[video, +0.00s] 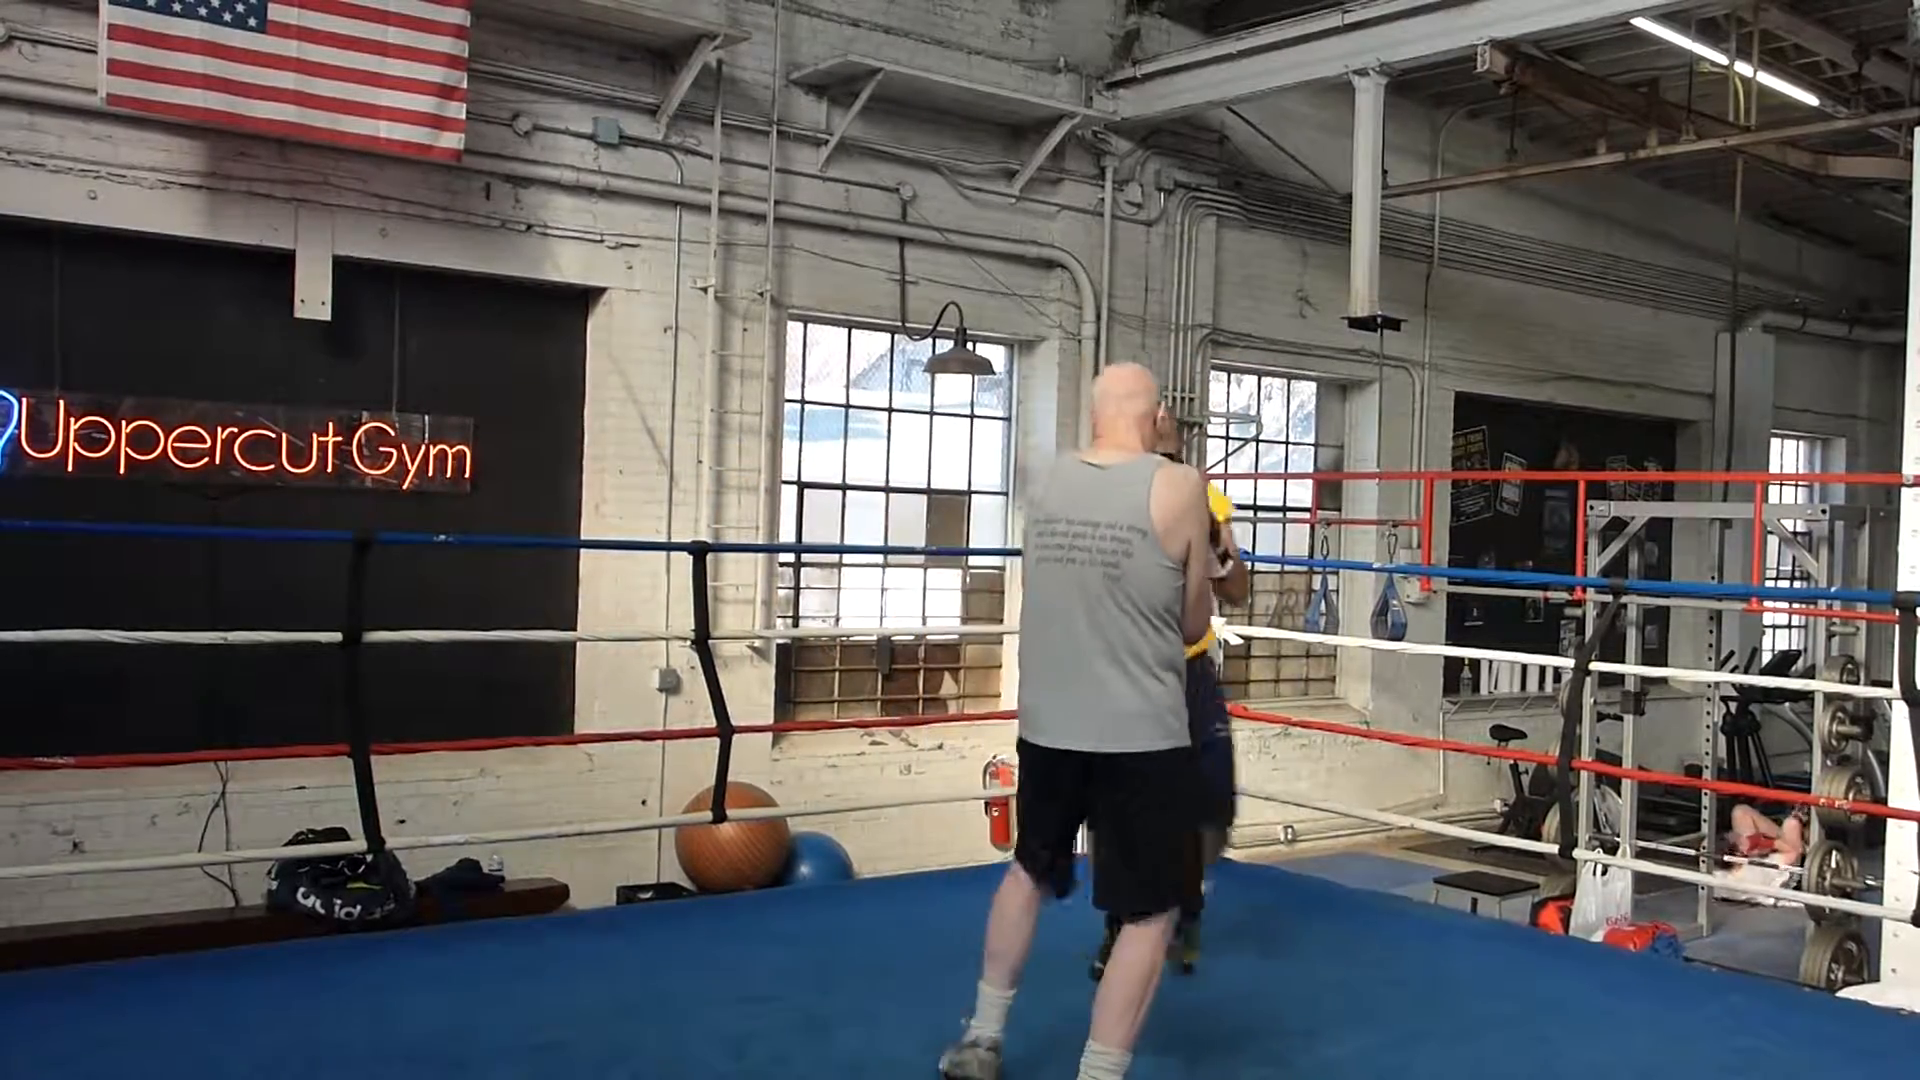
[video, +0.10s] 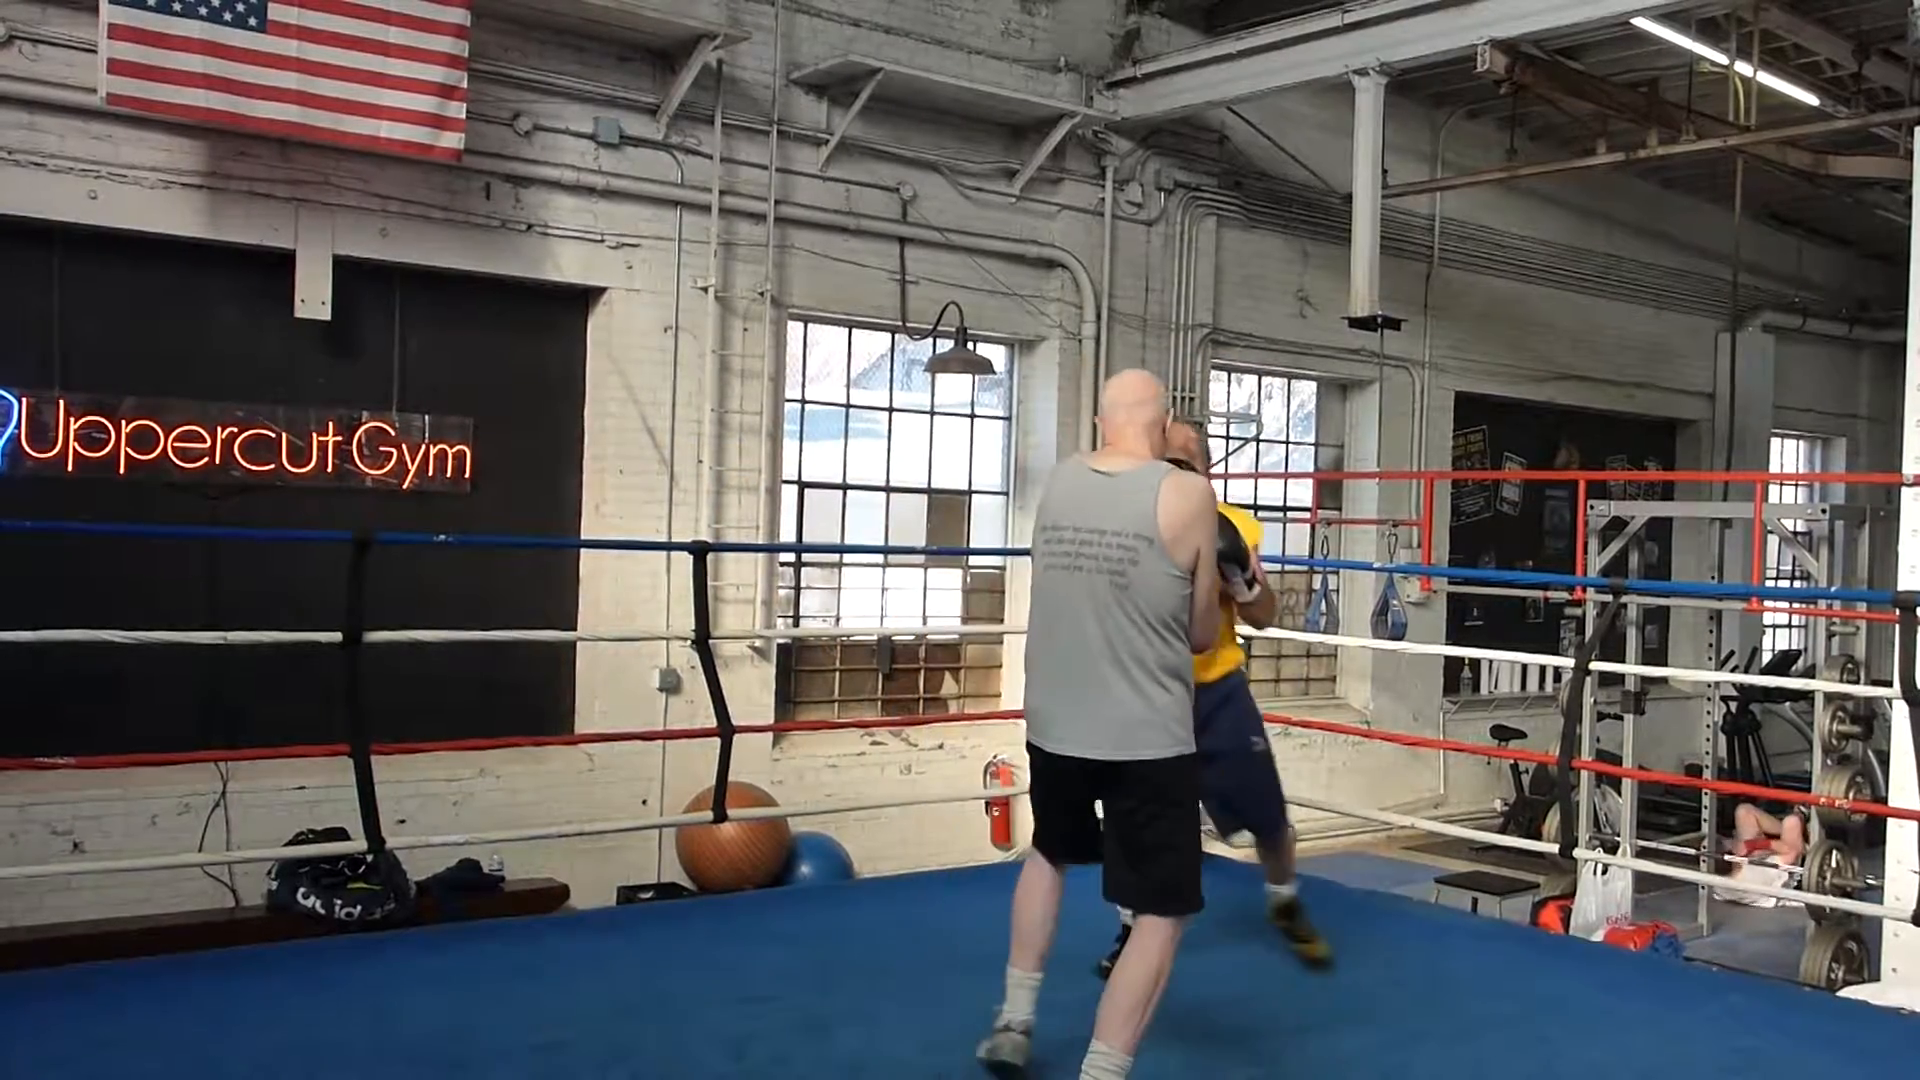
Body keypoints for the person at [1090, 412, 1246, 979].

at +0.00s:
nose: (1161, 442)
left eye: (1168, 434)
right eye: (1156, 432)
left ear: (1178, 440)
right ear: (1142, 432)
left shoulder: (1203, 497)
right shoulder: (1103, 493)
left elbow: (1236, 587)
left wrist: (1207, 553)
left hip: (1187, 664)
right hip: (1116, 665)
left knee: (1201, 801)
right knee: (1116, 809)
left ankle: (1186, 921)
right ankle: (1116, 928)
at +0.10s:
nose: (1177, 467)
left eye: (1187, 457)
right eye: (1168, 456)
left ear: (1207, 469)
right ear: (1149, 463)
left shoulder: (1228, 525)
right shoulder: (1127, 521)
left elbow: (1264, 615)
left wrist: (1245, 579)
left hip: (1218, 687)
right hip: (1145, 687)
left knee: (1267, 808)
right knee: (1137, 821)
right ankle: (1135, 932)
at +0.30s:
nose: (1244, 519)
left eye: (1255, 507)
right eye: (1234, 508)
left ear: (1273, 503)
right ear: (1217, 504)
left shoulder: (1303, 547)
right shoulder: (1199, 547)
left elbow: (1317, 639)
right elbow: (1184, 633)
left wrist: (1279, 599)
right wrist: (1224, 590)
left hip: (1295, 722)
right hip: (1213, 720)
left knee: (1340, 843)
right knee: (1169, 834)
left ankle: (1358, 928)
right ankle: (1141, 932)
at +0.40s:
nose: (1274, 494)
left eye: (1284, 483)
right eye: (1264, 484)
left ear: (1305, 479)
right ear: (1250, 482)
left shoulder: (1343, 521)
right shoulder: (1241, 528)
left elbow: (1359, 609)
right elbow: (1216, 598)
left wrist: (1312, 564)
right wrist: (1209, 557)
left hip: (1339, 696)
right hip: (1263, 694)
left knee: (1362, 823)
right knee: (1215, 810)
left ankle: (1369, 926)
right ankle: (1189, 919)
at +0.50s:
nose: (1303, 481)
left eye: (1313, 469)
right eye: (1293, 471)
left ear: (1338, 461)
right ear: (1281, 466)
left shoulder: (1376, 505)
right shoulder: (1266, 510)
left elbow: (1399, 598)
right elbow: (1226, 581)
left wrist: (1351, 551)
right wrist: (1224, 533)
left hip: (1369, 683)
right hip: (1296, 681)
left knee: (1393, 816)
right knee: (1272, 809)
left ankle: (1409, 916)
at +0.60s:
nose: (1340, 494)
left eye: (1351, 483)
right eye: (1330, 484)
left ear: (1375, 476)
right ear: (1317, 478)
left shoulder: (1411, 525)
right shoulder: (1295, 522)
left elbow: (1429, 621)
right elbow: (1249, 592)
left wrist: (1383, 566)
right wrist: (1238, 535)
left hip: (1401, 694)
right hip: (1327, 696)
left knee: (1438, 825)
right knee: (1320, 825)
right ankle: (1352, 932)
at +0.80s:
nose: (1412, 523)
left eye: (1423, 509)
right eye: (1404, 512)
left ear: (1454, 500)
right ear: (1396, 508)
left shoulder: (1494, 554)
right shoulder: (1387, 551)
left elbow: (1492, 647)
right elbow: (1336, 620)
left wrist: (1434, 586)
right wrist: (1327, 574)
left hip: (1481, 725)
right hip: (1402, 719)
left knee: (1522, 857)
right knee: (1349, 833)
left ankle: (1578, 962)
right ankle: (1357, 939)